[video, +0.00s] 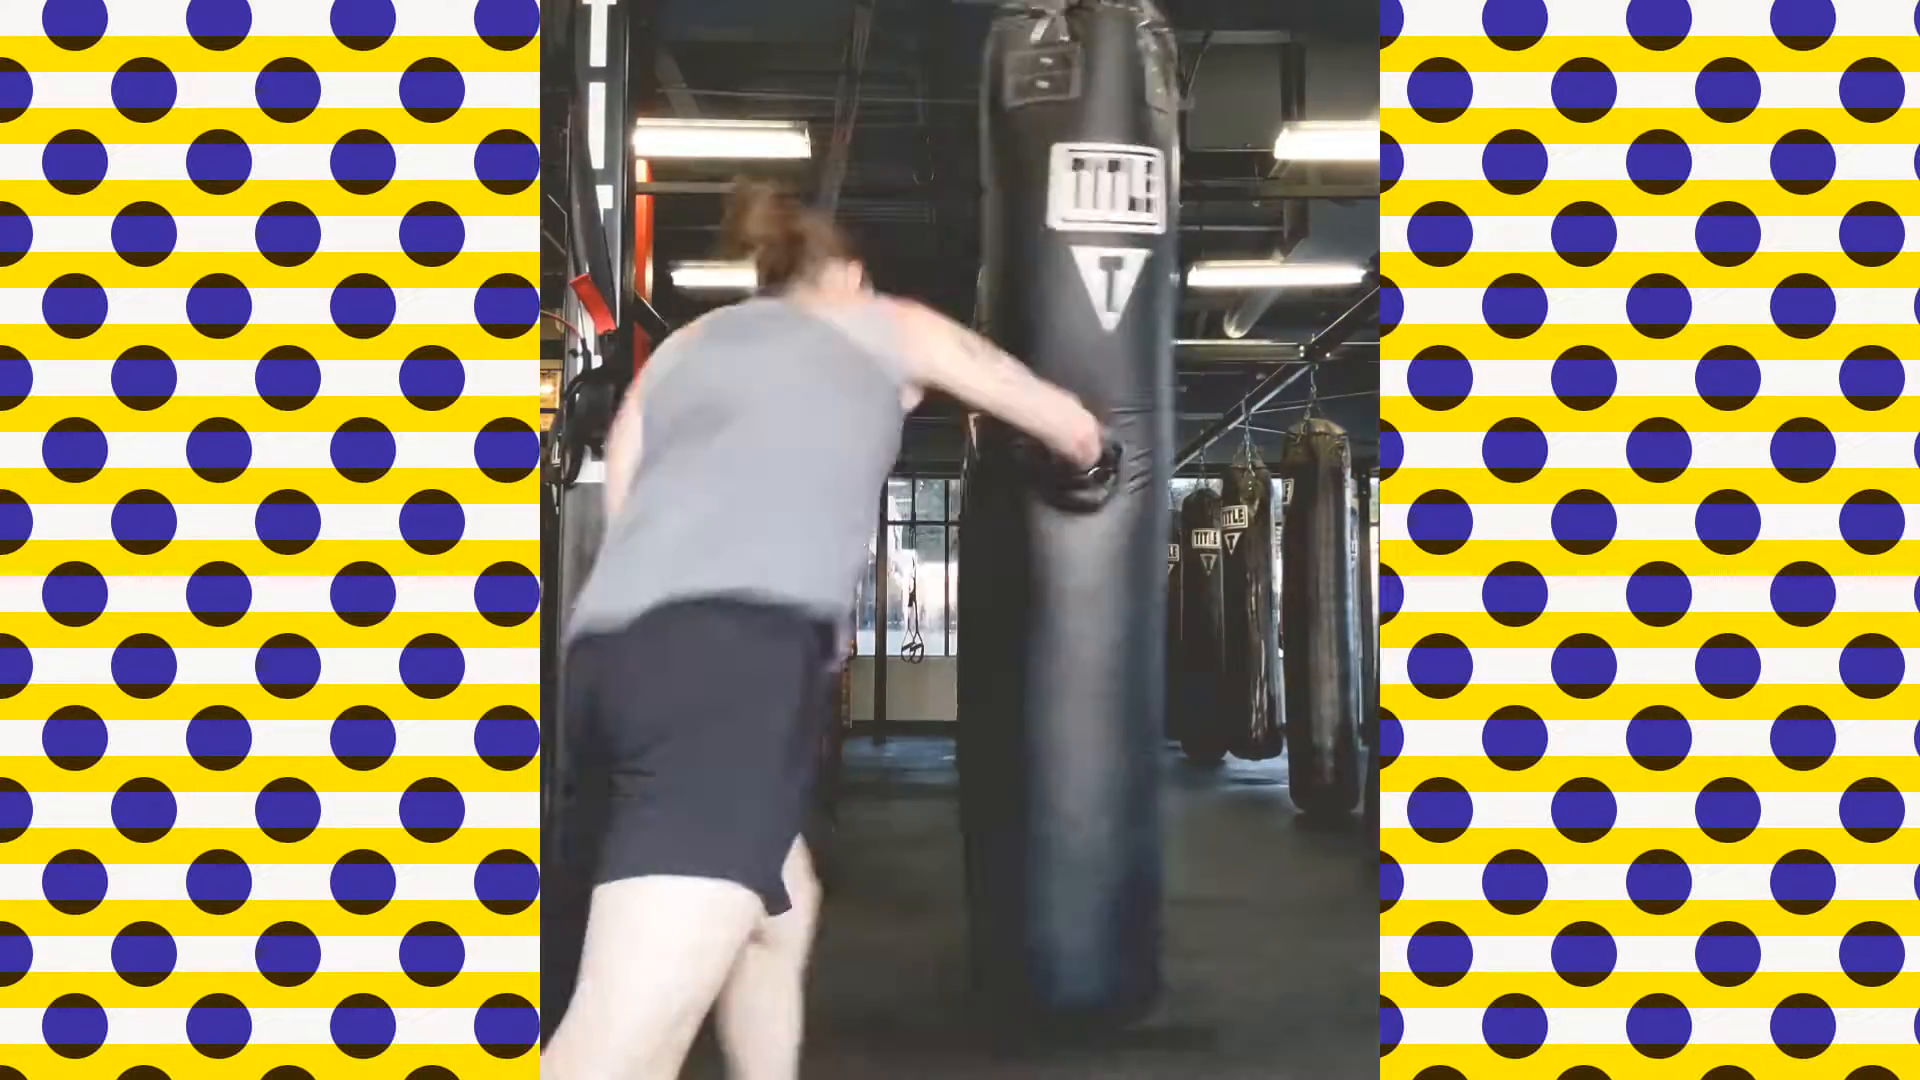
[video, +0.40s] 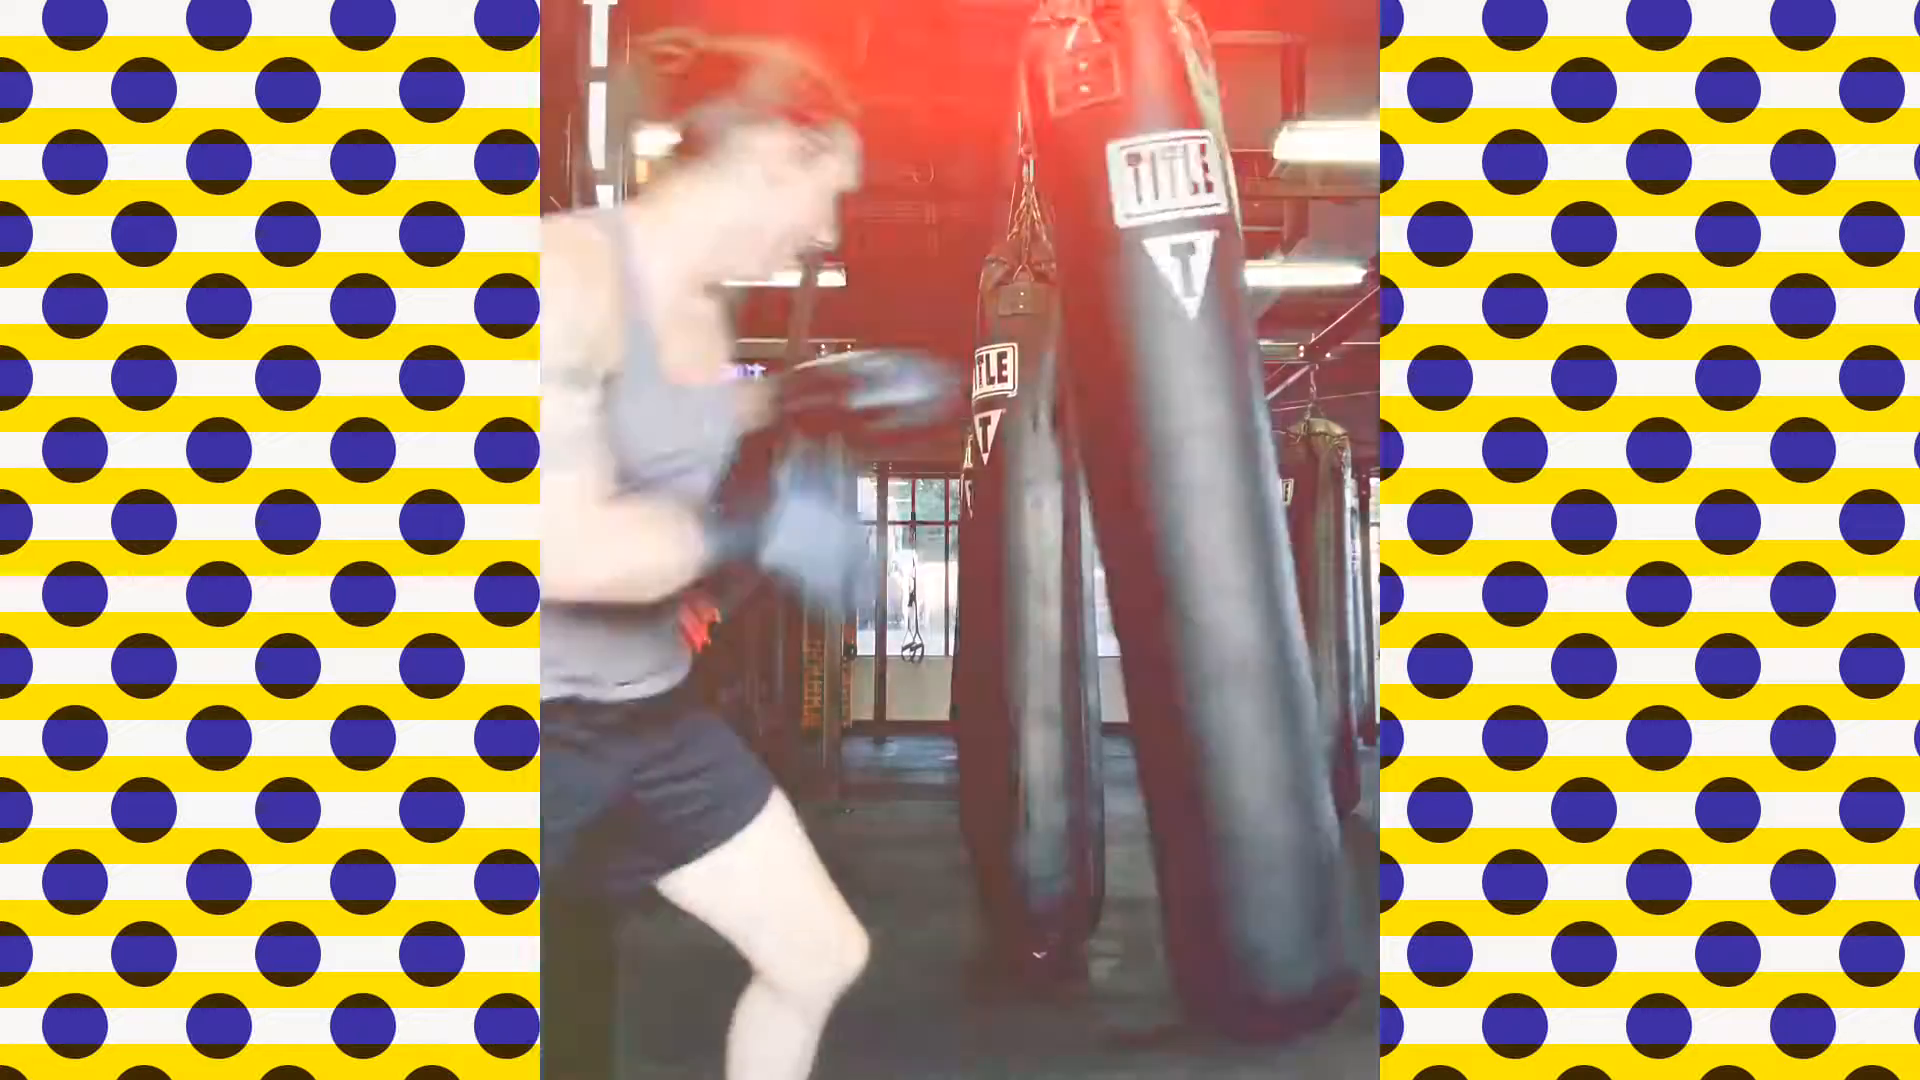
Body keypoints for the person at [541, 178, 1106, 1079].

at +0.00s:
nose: (865, 299)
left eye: (860, 289)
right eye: (863, 287)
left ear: (766, 277)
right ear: (846, 279)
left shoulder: (672, 353)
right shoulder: (880, 327)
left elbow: (621, 510)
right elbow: (1064, 421)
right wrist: (1093, 452)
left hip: (604, 657)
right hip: (733, 649)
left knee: (780, 902)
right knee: (614, 1047)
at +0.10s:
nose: (877, 257)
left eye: (878, 242)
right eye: (874, 239)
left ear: (754, 224)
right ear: (846, 218)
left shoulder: (652, 323)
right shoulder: (836, 267)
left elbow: (577, 542)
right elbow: (998, 450)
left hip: (605, 654)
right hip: (678, 658)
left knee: (791, 917)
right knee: (589, 1052)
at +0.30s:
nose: (793, 149)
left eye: (801, 118)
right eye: (790, 111)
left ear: (703, 77)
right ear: (727, 78)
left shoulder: (618, 211)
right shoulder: (574, 190)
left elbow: (706, 427)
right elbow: (723, 430)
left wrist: (808, 314)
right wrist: (830, 307)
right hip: (563, 650)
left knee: (726, 938)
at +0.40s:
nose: (827, 233)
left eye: (837, 206)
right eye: (831, 197)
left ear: (764, 151)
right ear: (767, 148)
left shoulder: (695, 294)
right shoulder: (563, 273)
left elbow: (658, 440)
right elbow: (551, 552)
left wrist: (814, 402)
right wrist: (741, 526)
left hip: (651, 711)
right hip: (520, 725)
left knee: (818, 957)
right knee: (436, 1008)